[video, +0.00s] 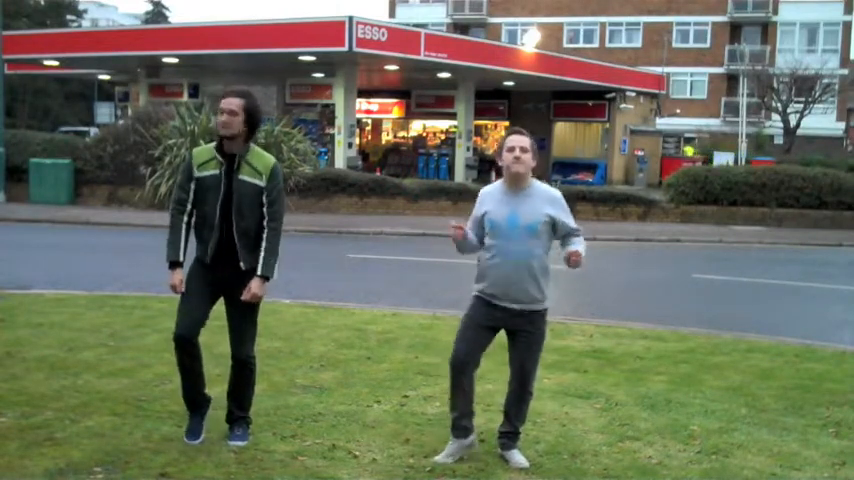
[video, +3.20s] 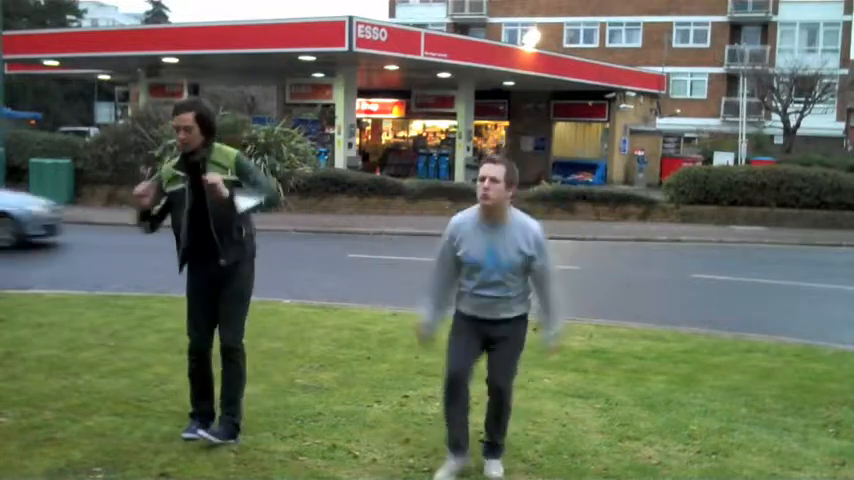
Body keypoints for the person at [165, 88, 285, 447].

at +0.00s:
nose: (223, 118)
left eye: (232, 114)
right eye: (221, 112)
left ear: (249, 122)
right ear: (216, 118)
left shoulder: (267, 167)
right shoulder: (197, 159)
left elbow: (274, 225)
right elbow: (179, 212)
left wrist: (262, 276)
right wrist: (175, 264)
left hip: (245, 272)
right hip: (203, 268)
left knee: (243, 353)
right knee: (183, 335)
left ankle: (239, 420)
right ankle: (196, 407)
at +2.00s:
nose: (242, 120)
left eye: (249, 115)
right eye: (236, 113)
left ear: (259, 120)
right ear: (224, 114)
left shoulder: (273, 160)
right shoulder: (203, 151)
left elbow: (279, 213)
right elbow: (186, 205)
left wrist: (257, 252)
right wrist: (195, 253)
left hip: (247, 264)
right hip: (208, 263)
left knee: (244, 347)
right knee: (204, 341)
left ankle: (240, 420)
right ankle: (200, 416)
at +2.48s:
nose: (218, 130)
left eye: (226, 124)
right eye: (215, 123)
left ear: (243, 128)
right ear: (211, 125)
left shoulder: (264, 167)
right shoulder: (196, 162)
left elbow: (275, 212)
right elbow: (182, 206)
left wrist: (257, 216)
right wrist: (188, 210)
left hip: (242, 269)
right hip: (203, 267)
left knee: (243, 349)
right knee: (193, 343)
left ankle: (242, 422)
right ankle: (183, 418)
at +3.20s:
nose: (180, 136)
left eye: (187, 130)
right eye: (177, 130)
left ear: (205, 131)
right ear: (173, 131)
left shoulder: (230, 159)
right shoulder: (171, 169)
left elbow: (271, 193)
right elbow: (154, 221)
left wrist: (229, 195)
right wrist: (147, 207)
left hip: (235, 261)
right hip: (199, 263)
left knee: (231, 342)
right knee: (197, 342)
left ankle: (229, 425)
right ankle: (201, 418)